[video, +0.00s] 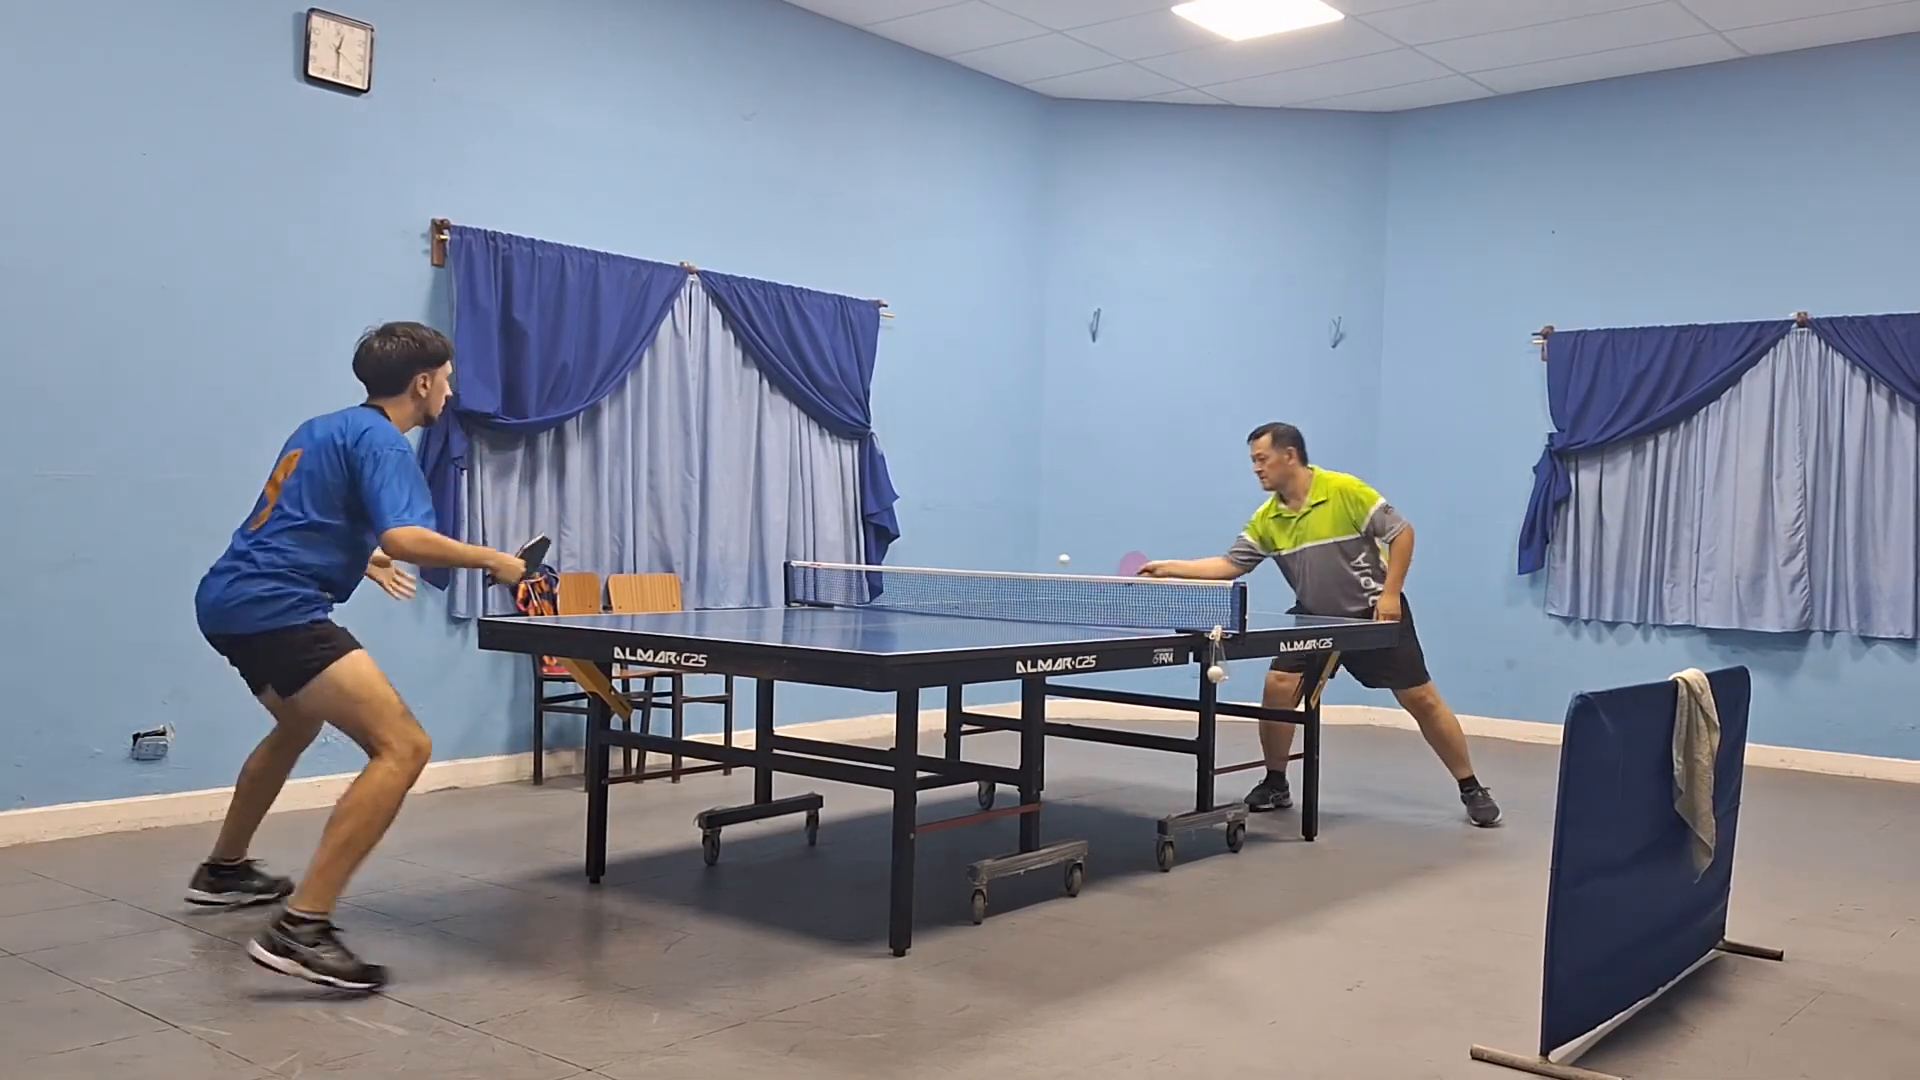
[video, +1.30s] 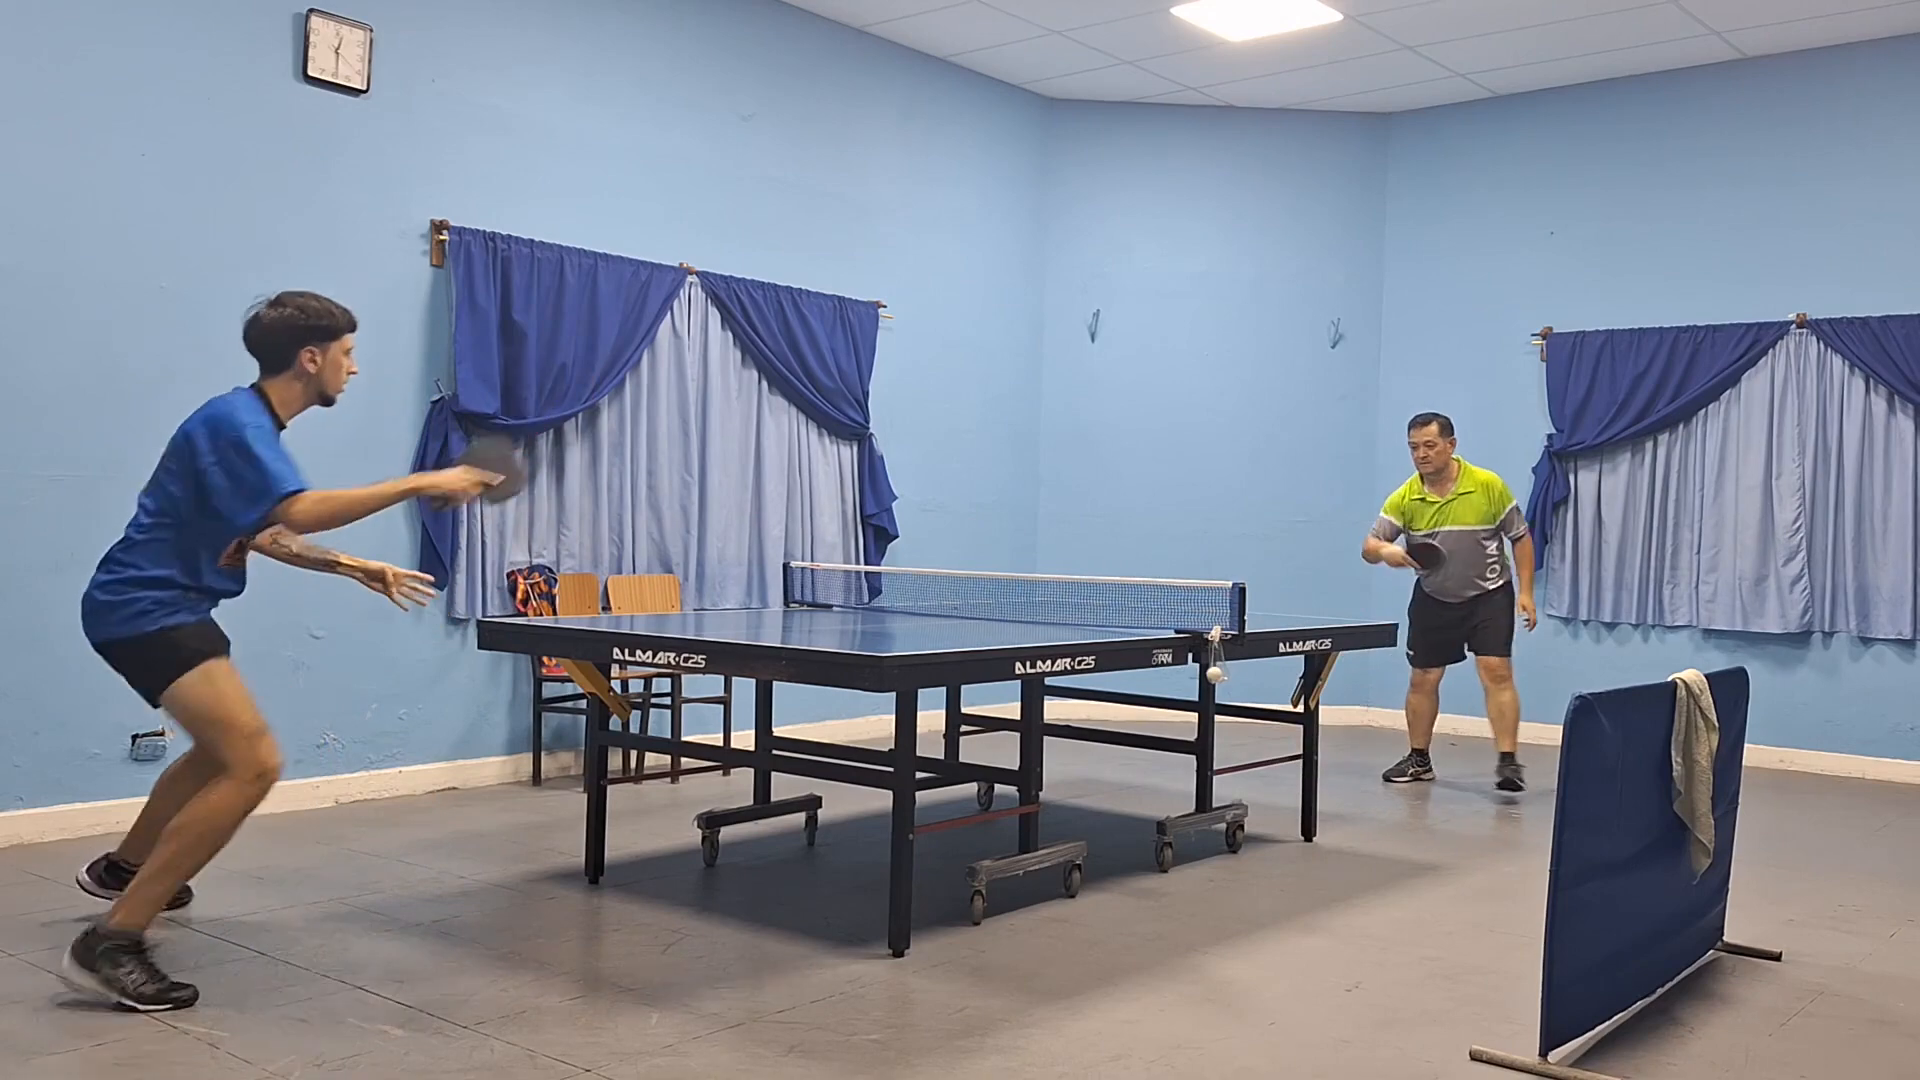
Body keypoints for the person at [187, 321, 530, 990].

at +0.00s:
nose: (449, 389)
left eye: (448, 376)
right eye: (444, 377)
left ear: (381, 382)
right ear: (418, 383)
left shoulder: (320, 429)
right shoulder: (384, 442)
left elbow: (292, 512)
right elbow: (401, 537)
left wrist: (363, 555)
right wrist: (493, 559)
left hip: (227, 600)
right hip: (278, 605)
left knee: (299, 722)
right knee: (404, 747)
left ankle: (224, 867)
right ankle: (303, 925)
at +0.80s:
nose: (412, 465)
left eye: (415, 453)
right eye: (414, 452)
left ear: (339, 436)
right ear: (392, 445)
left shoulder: (258, 461)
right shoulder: (372, 501)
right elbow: (505, 545)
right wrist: (471, 591)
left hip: (168, 677)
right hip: (244, 691)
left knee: (259, 754)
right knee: (422, 808)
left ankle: (170, 897)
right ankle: (303, 980)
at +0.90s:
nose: (396, 446)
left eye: (397, 433)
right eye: (396, 433)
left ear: (318, 432)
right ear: (373, 438)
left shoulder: (237, 469)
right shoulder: (354, 514)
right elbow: (491, 539)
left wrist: (408, 551)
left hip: (165, 690)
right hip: (233, 701)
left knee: (272, 764)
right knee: (417, 807)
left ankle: (161, 907)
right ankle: (302, 981)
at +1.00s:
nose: (386, 436)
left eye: (385, 423)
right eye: (382, 424)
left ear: (311, 427)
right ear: (353, 430)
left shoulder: (235, 472)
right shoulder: (332, 504)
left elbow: (307, 570)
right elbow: (481, 510)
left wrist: (413, 598)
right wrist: (569, 443)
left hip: (153, 679)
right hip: (218, 686)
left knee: (256, 759)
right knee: (403, 801)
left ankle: (158, 906)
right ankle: (301, 982)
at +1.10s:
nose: (380, 404)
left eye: (380, 391)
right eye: (375, 392)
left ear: (311, 398)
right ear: (339, 398)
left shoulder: (239, 449)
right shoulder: (298, 466)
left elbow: (296, 560)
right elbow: (437, 495)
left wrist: (401, 597)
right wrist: (527, 421)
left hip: (144, 644)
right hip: (195, 649)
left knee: (247, 752)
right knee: (353, 780)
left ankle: (158, 906)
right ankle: (298, 979)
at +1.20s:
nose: (373, 372)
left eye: (372, 358)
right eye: (367, 358)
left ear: (308, 364)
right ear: (330, 363)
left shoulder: (241, 416)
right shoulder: (276, 428)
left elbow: (267, 535)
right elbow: (383, 495)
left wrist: (368, 577)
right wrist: (488, 440)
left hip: (142, 597)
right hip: (164, 603)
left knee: (236, 740)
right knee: (292, 755)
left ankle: (147, 886)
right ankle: (256, 962)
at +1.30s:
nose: (352, 368)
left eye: (352, 353)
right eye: (347, 353)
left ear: (300, 360)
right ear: (309, 359)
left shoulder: (246, 424)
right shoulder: (236, 422)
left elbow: (268, 538)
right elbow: (296, 512)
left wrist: (356, 566)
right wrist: (420, 485)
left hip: (158, 601)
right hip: (145, 606)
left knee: (225, 746)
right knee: (254, 764)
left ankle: (129, 865)